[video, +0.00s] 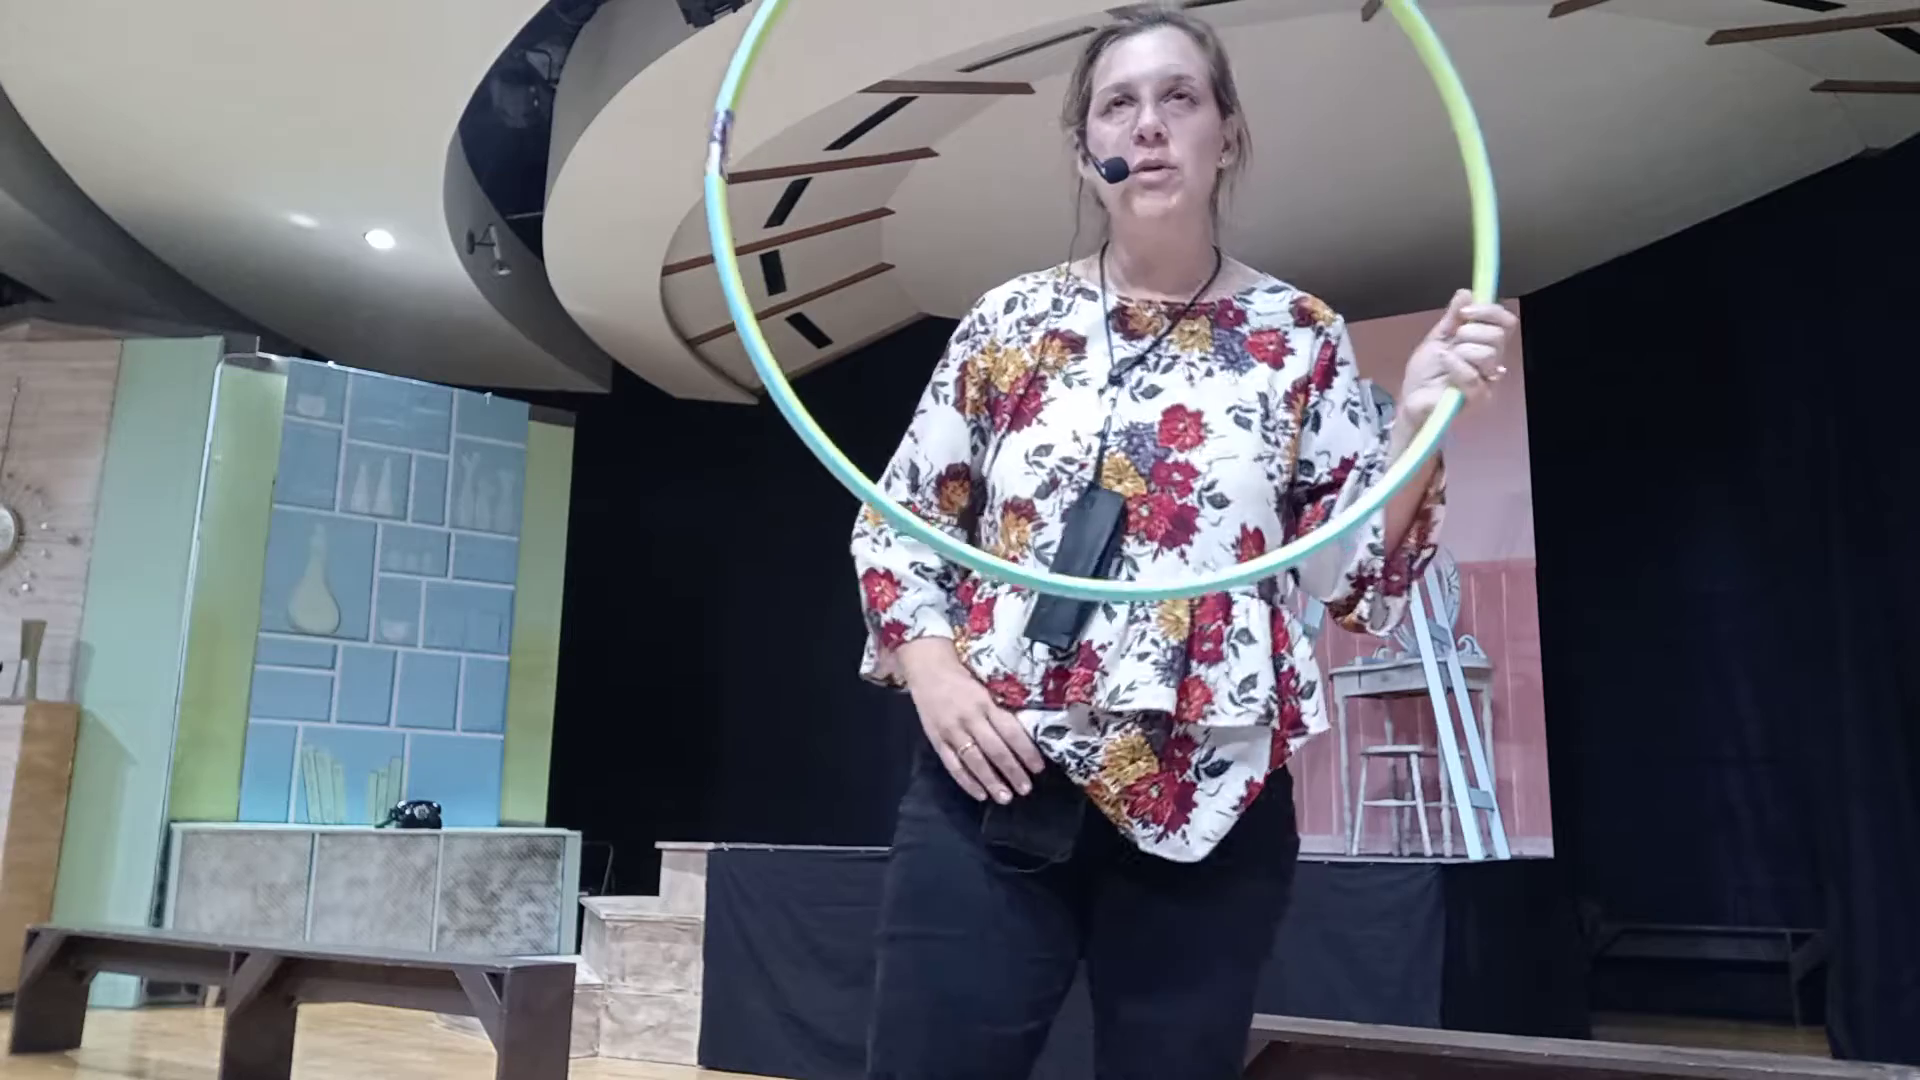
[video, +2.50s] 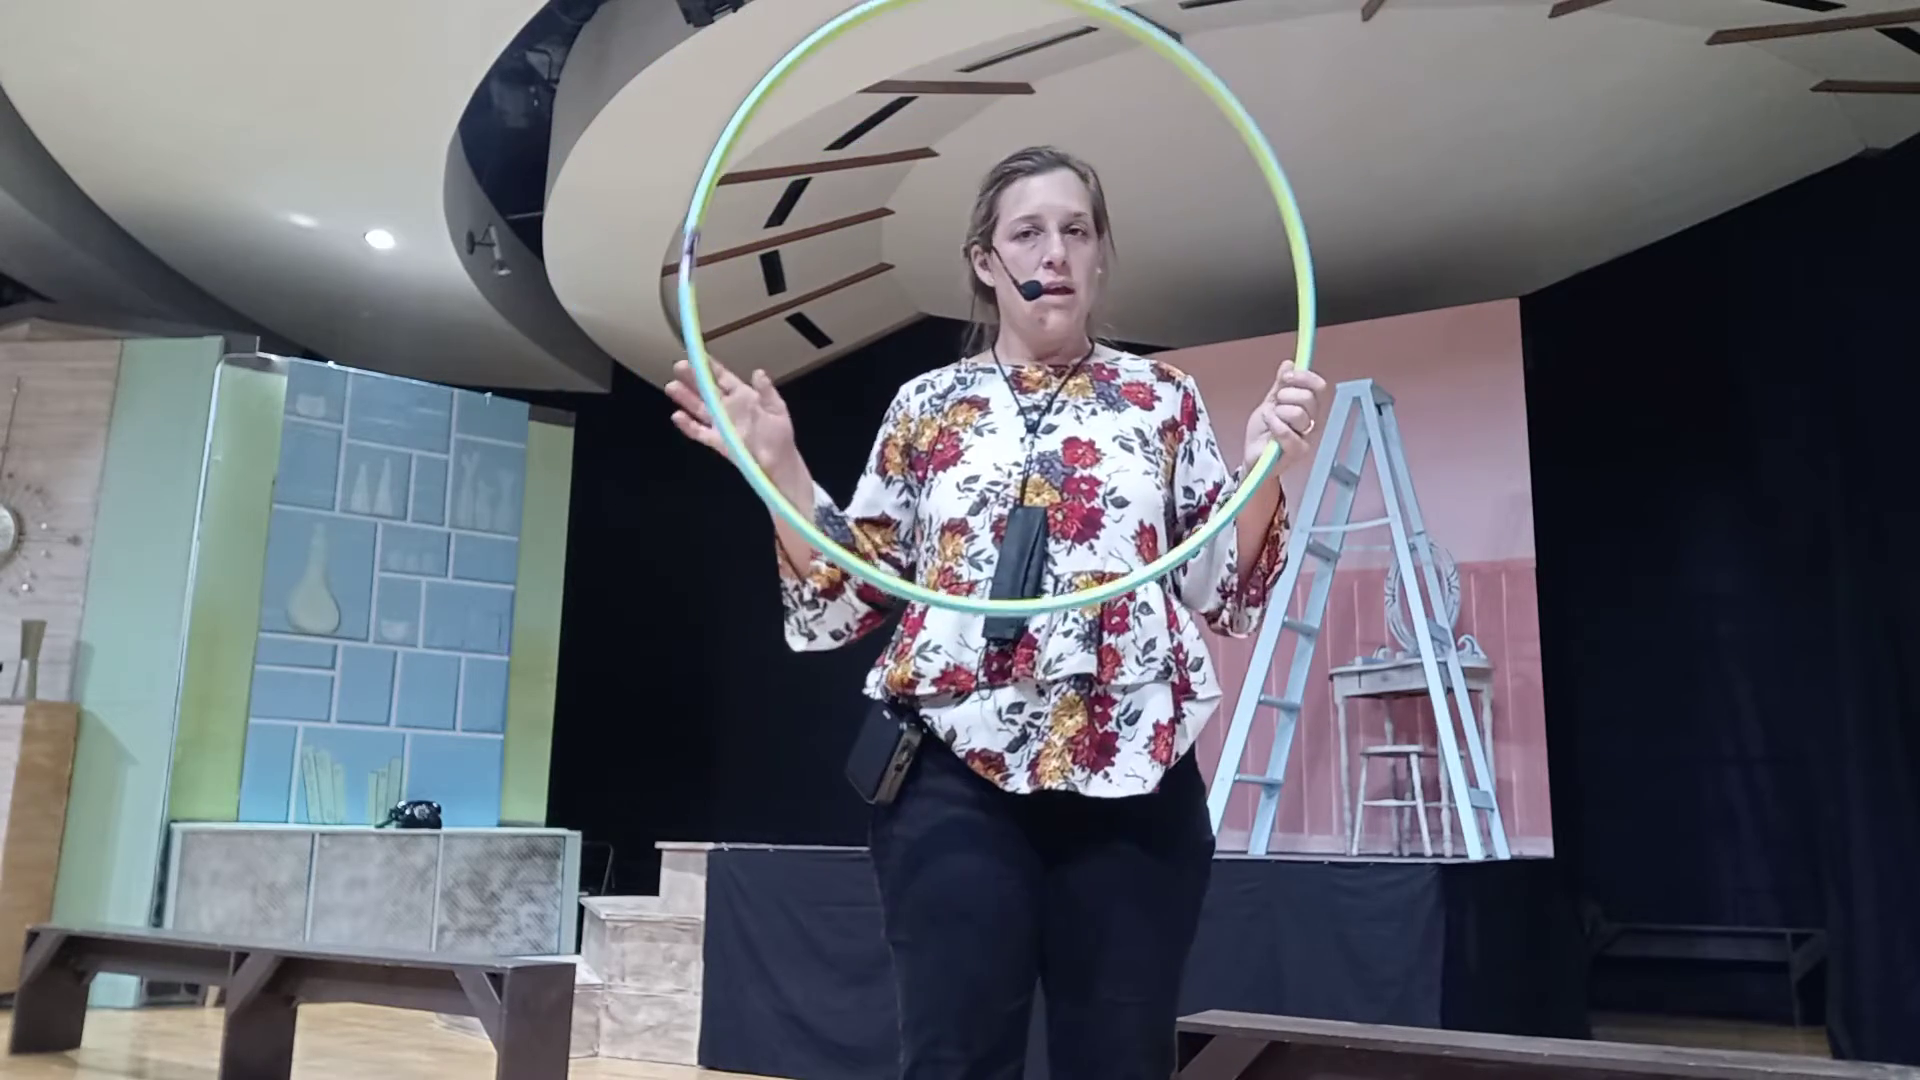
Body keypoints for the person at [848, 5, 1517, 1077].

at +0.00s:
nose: (1146, 124)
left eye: (1176, 98)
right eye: (1118, 105)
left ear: (1229, 135)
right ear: (1085, 148)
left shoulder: (1301, 337)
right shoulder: (1007, 323)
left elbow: (1352, 581)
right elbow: (896, 528)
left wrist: (1418, 417)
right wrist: (934, 675)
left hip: (1207, 821)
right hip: (988, 795)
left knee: (1172, 1065)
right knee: (924, 1062)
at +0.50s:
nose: (1019, 175)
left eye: (1047, 164)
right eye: (992, 159)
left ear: (1078, 214)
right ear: (947, 205)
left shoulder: (1138, 367)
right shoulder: (876, 383)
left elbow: (1206, 584)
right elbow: (751, 535)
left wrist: (1243, 441)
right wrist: (795, 644)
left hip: (1110, 798)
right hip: (913, 799)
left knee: (1116, 1060)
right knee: (929, 1062)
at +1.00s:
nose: (966, 226)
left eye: (994, 209)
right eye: (942, 206)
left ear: (1029, 244)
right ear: (907, 241)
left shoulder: (1093, 390)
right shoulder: (849, 397)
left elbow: (1145, 592)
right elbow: (776, 533)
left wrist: (1177, 460)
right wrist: (721, 571)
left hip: (1072, 793)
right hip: (890, 798)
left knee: (1101, 1061)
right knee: (911, 1062)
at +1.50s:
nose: (1041, 260)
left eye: (1062, 239)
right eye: (1014, 237)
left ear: (1085, 264)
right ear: (966, 263)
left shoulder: (1143, 406)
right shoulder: (906, 416)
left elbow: (1205, 602)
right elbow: (838, 616)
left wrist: (1243, 468)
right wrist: (778, 499)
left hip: (1126, 801)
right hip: (946, 794)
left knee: (1114, 1063)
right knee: (950, 1060)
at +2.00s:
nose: (1074, 261)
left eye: (1095, 242)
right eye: (1048, 239)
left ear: (1117, 267)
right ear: (998, 260)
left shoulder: (1165, 414)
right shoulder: (927, 406)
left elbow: (1210, 607)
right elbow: (853, 625)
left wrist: (1255, 483)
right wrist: (824, 500)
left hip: (1132, 801)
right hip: (958, 795)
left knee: (1120, 1064)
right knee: (959, 1060)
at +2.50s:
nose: (1053, 249)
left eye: (1074, 230)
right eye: (1027, 230)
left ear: (1103, 261)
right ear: (985, 263)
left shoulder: (1166, 402)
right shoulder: (926, 405)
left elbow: (1220, 594)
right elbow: (850, 597)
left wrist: (1261, 466)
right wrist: (781, 471)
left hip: (1132, 800)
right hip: (956, 792)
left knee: (1117, 1063)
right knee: (956, 1061)